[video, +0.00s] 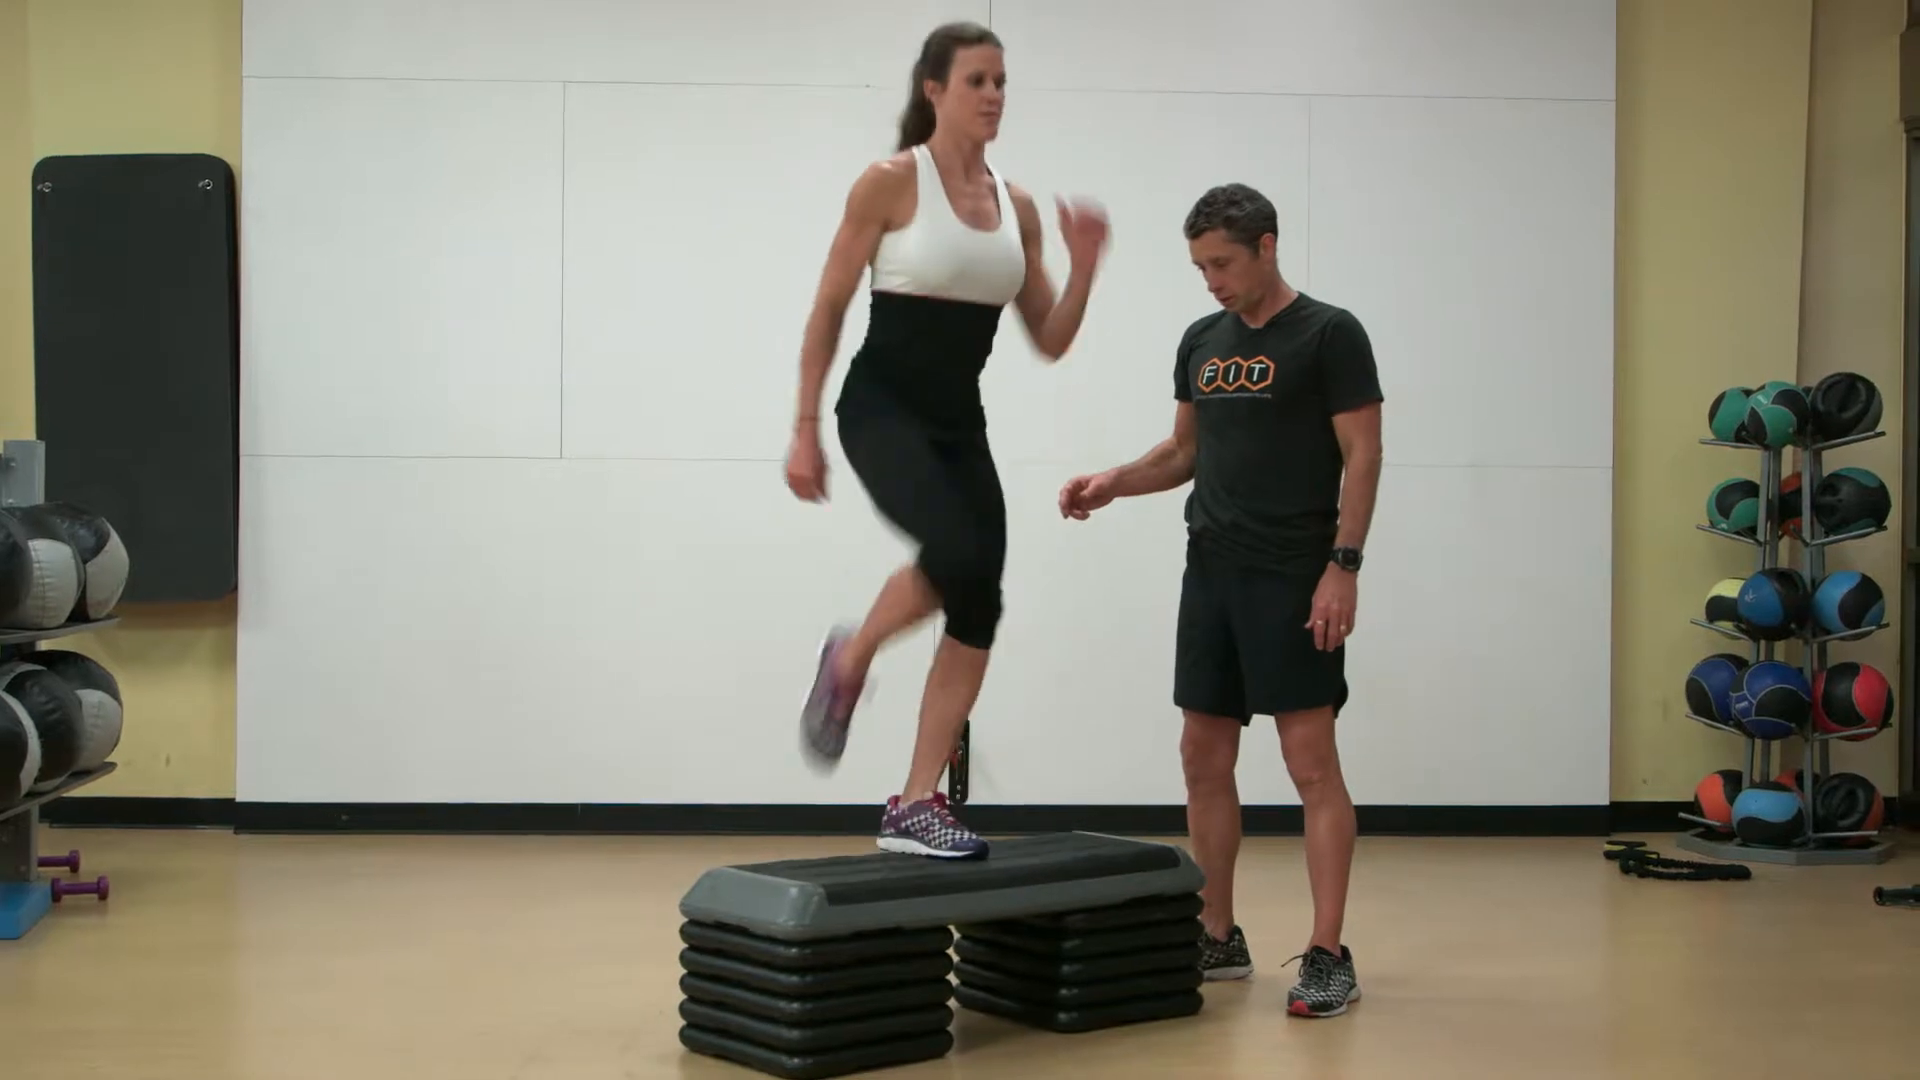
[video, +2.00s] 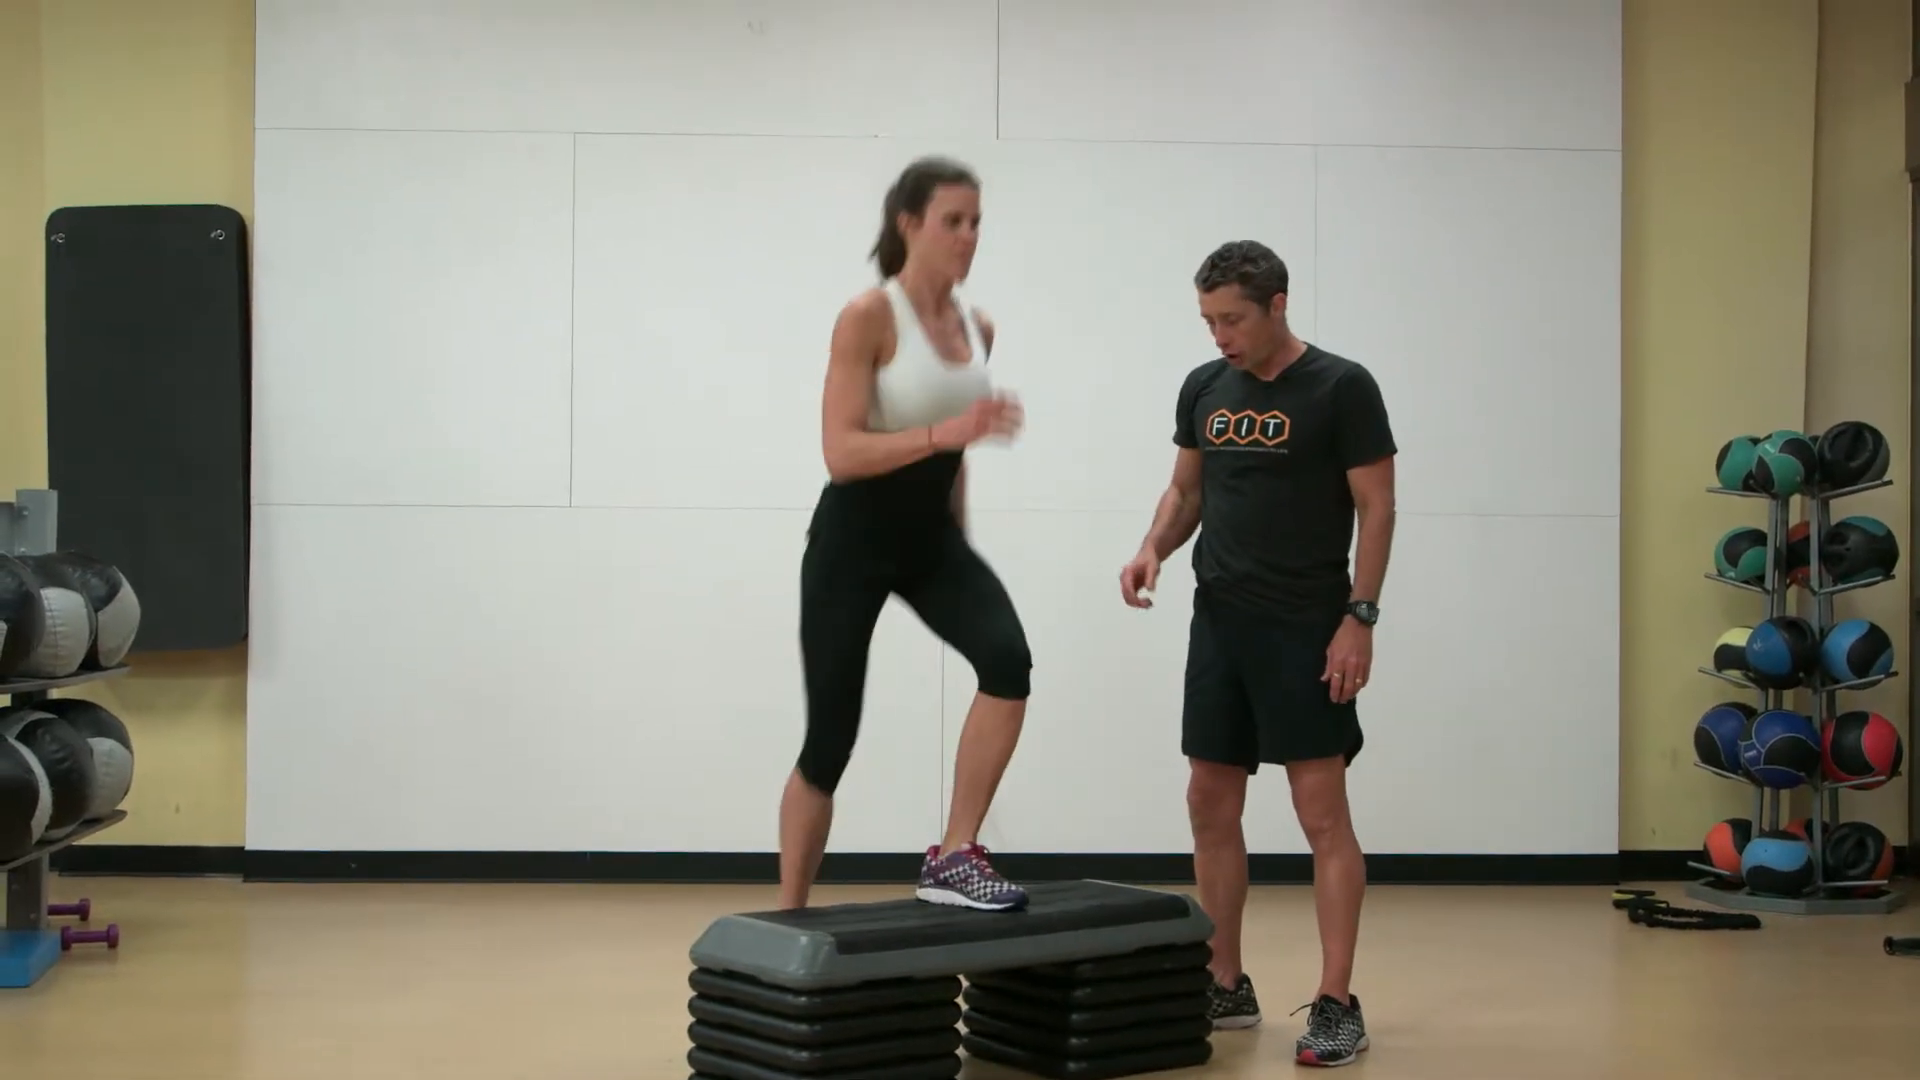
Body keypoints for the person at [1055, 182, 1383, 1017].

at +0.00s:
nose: (1212, 279)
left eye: (1223, 262)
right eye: (1202, 266)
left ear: (1267, 248)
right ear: (1198, 263)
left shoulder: (1331, 335)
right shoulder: (1201, 341)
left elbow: (1362, 455)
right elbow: (1183, 452)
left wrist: (1343, 567)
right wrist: (1113, 481)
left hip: (1295, 577)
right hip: (1212, 575)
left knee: (1311, 763)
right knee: (1203, 756)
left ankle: (1327, 951)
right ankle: (1216, 936)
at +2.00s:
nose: (1218, 335)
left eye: (1230, 319)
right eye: (1209, 321)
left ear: (1277, 305)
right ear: (1205, 316)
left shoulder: (1342, 388)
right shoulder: (1204, 389)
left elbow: (1377, 508)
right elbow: (1185, 491)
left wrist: (1359, 616)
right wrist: (1152, 548)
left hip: (1308, 629)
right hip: (1221, 625)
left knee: (1323, 814)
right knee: (1210, 802)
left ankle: (1336, 1000)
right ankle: (1224, 983)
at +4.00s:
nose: (1235, 328)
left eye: (1248, 312)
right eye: (1225, 313)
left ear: (1293, 299)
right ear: (1222, 309)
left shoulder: (1367, 379)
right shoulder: (1216, 390)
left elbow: (1410, 498)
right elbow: (1188, 497)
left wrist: (1410, 608)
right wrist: (1149, 568)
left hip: (1344, 622)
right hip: (1251, 622)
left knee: (1347, 808)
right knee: (1228, 800)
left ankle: (1346, 995)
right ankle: (1233, 979)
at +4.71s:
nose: (1244, 297)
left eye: (1259, 282)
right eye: (1239, 282)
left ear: (1309, 283)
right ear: (1241, 286)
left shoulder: (1372, 376)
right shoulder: (1220, 382)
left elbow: (1410, 496)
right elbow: (1207, 492)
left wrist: (1391, 606)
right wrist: (1172, 533)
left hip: (1348, 617)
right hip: (1256, 617)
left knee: (1351, 806)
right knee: (1232, 793)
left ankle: (1350, 990)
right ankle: (1239, 973)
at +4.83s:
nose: (1253, 291)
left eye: (1267, 275)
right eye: (1249, 277)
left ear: (1317, 278)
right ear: (1253, 283)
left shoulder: (1375, 375)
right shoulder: (1238, 373)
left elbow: (1377, 498)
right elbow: (1205, 484)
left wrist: (1313, 585)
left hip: (1347, 612)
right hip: (1255, 610)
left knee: (1353, 802)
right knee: (1233, 795)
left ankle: (1350, 991)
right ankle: (1240, 975)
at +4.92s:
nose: (1257, 288)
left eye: (1272, 274)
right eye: (1255, 275)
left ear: (1323, 275)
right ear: (1263, 279)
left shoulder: (1379, 372)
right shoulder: (1244, 363)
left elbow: (1358, 485)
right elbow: (1205, 448)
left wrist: (1278, 560)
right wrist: (1216, 340)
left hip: (1346, 614)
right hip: (1259, 610)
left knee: (1352, 802)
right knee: (1235, 793)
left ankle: (1351, 991)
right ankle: (1241, 974)